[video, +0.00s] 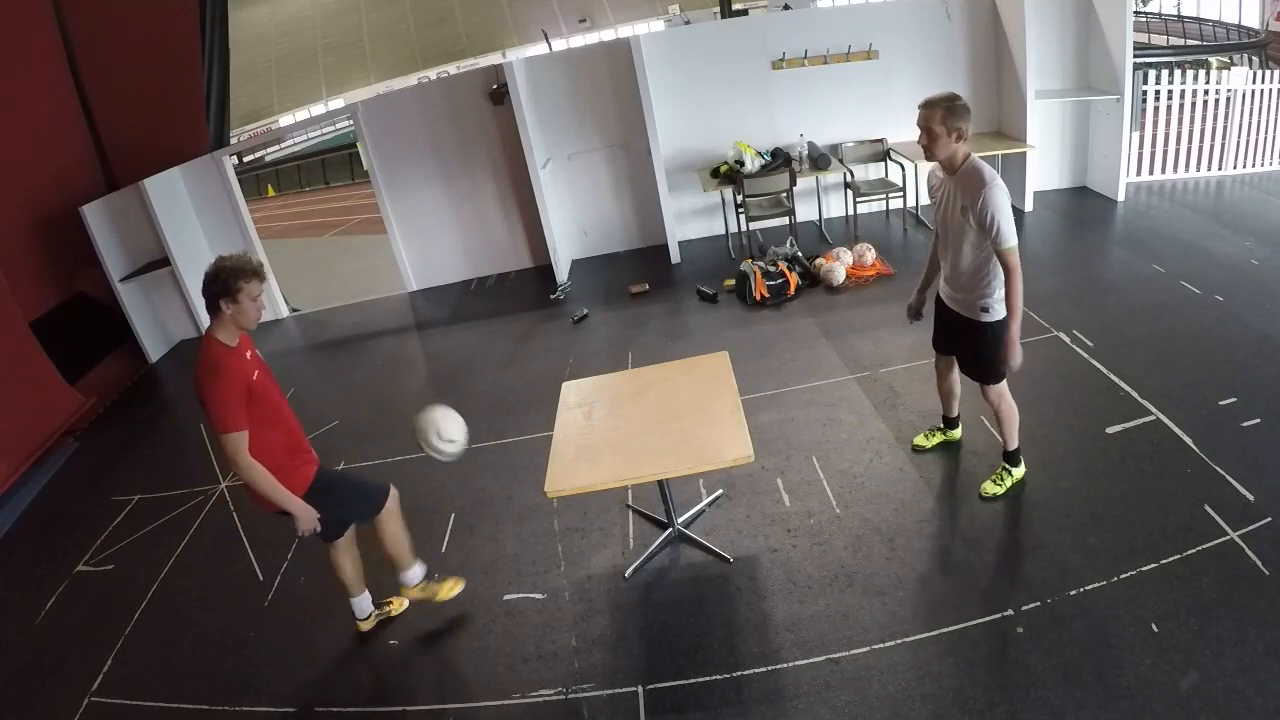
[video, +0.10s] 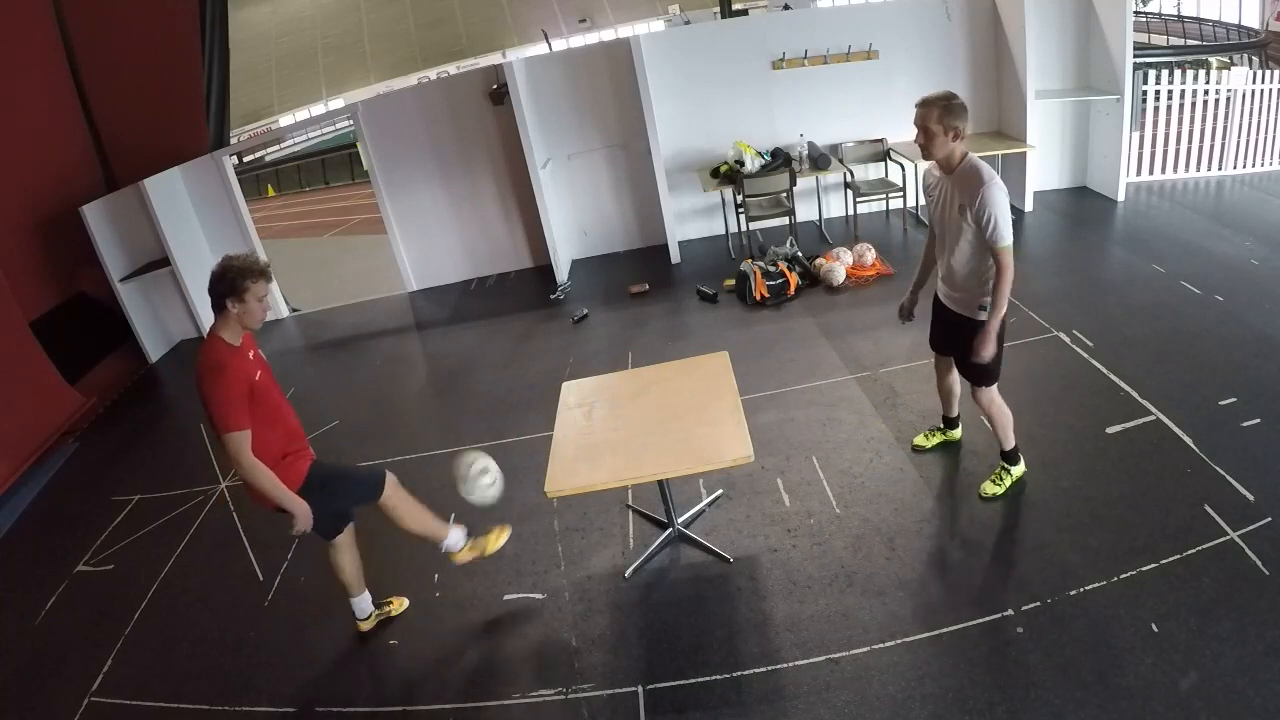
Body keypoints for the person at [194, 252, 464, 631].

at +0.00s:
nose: (262, 306)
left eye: (260, 296)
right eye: (254, 299)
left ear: (231, 306)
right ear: (226, 307)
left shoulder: (237, 341)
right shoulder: (219, 368)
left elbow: (259, 417)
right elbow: (239, 458)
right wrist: (296, 507)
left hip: (299, 470)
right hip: (292, 486)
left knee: (339, 532)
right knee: (384, 498)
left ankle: (366, 614)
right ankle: (416, 582)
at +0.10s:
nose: (267, 308)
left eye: (266, 298)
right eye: (259, 301)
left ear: (236, 305)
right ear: (231, 306)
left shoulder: (241, 340)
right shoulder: (220, 366)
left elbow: (260, 410)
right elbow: (240, 455)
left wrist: (297, 455)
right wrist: (294, 504)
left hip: (297, 464)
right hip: (287, 481)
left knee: (338, 528)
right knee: (382, 484)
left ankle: (366, 614)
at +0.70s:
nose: (264, 291)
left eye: (261, 282)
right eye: (254, 285)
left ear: (233, 296)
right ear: (227, 297)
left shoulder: (247, 332)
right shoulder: (225, 361)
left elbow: (276, 400)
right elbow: (247, 453)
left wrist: (312, 438)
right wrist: (298, 508)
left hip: (310, 460)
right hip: (301, 480)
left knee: (343, 531)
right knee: (400, 486)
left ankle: (366, 613)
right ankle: (430, 577)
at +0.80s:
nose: (266, 289)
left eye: (263, 280)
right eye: (257, 284)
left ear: (235, 295)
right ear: (229, 296)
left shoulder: (249, 331)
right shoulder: (230, 360)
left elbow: (280, 401)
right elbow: (253, 451)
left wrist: (320, 434)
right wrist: (297, 512)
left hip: (311, 464)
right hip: (307, 482)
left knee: (339, 535)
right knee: (383, 527)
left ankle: (364, 611)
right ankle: (396, 618)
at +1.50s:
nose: (296, 288)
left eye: (294, 279)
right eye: (287, 283)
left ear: (266, 291)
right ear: (258, 293)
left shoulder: (283, 323)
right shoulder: (259, 358)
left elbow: (312, 390)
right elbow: (286, 450)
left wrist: (346, 428)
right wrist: (338, 505)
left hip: (337, 454)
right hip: (317, 480)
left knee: (368, 503)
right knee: (360, 557)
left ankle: (392, 559)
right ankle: (392, 629)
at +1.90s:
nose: (308, 265)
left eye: (307, 256)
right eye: (298, 261)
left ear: (305, 256)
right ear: (273, 271)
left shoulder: (300, 298)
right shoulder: (277, 329)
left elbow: (329, 359)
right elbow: (292, 410)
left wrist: (367, 398)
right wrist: (338, 465)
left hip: (358, 421)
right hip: (342, 443)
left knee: (385, 483)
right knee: (389, 514)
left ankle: (400, 550)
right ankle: (394, 608)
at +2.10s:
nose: (320, 256)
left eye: (319, 248)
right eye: (310, 251)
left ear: (318, 247)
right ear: (286, 259)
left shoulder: (311, 287)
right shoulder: (287, 315)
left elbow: (339, 348)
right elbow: (301, 394)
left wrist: (374, 385)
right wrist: (348, 437)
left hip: (356, 408)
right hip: (349, 423)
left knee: (374, 482)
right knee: (417, 473)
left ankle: (399, 548)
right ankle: (421, 556)